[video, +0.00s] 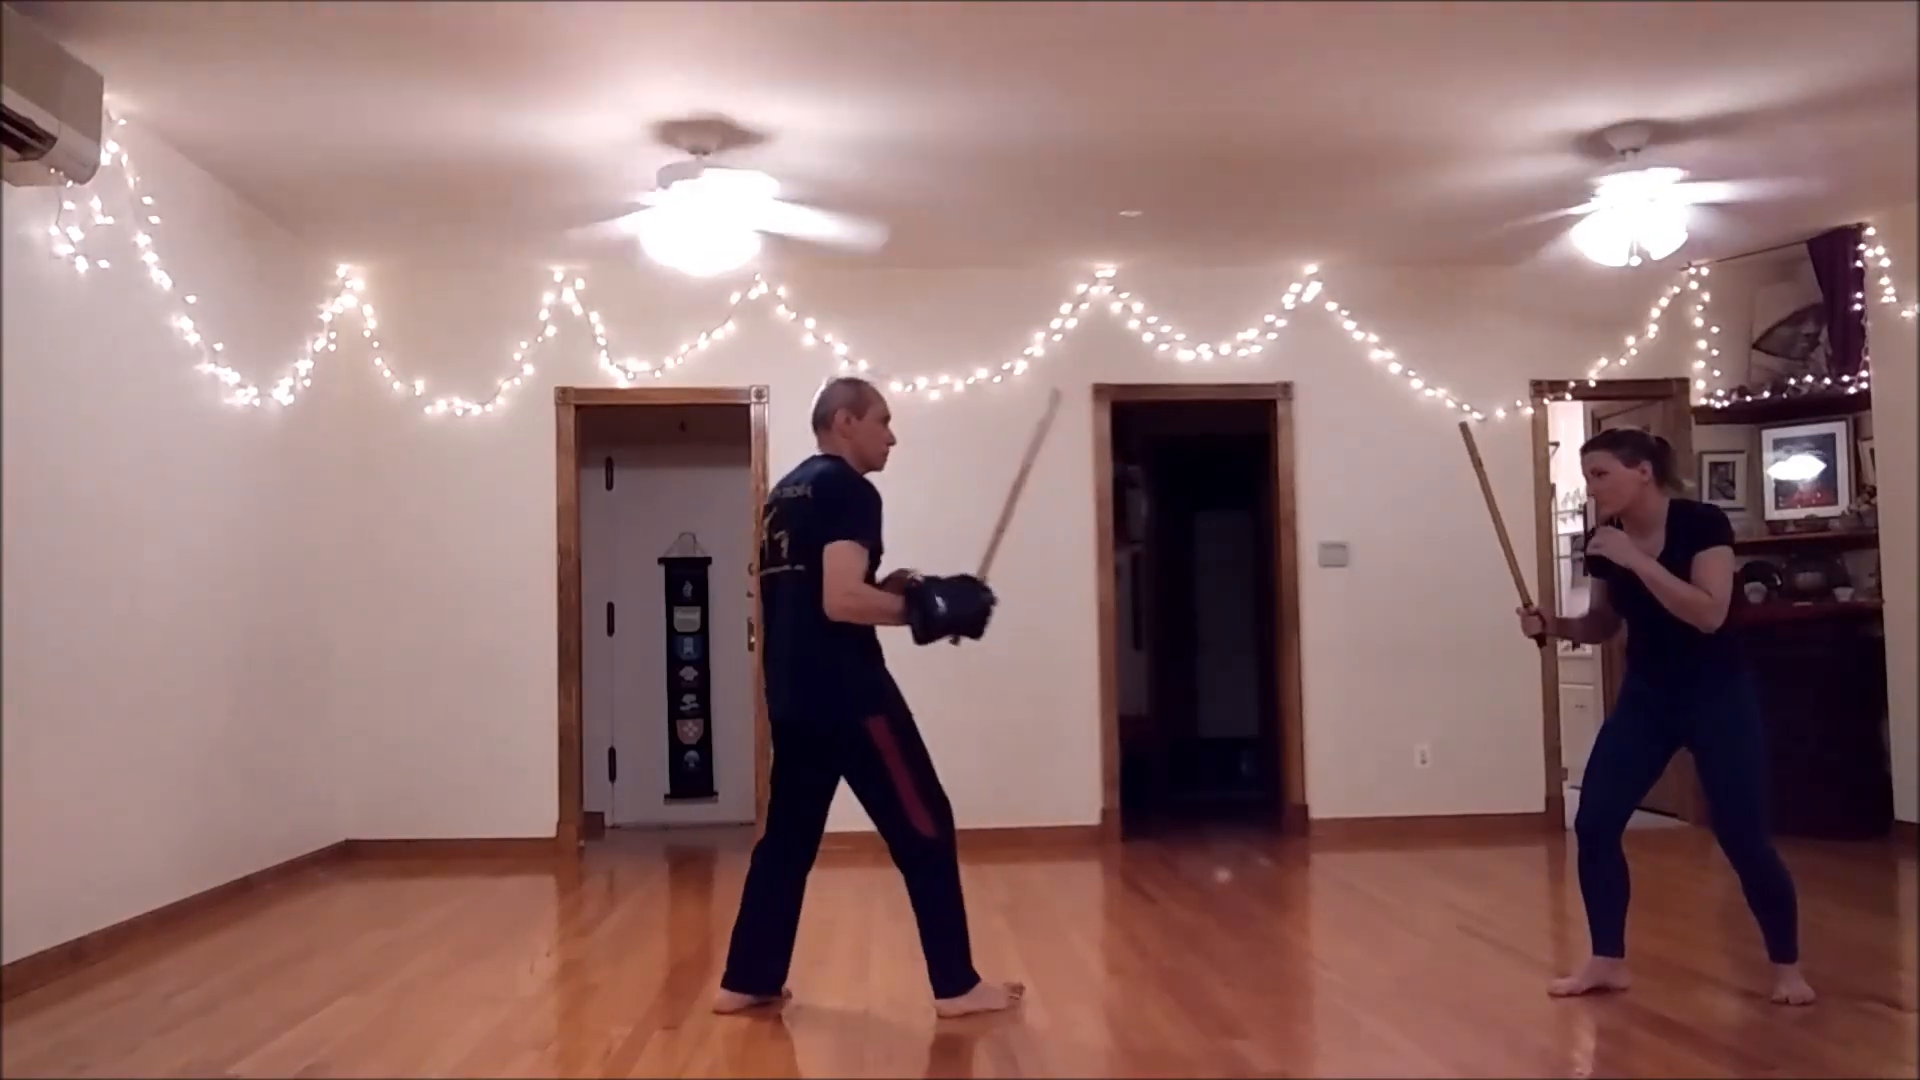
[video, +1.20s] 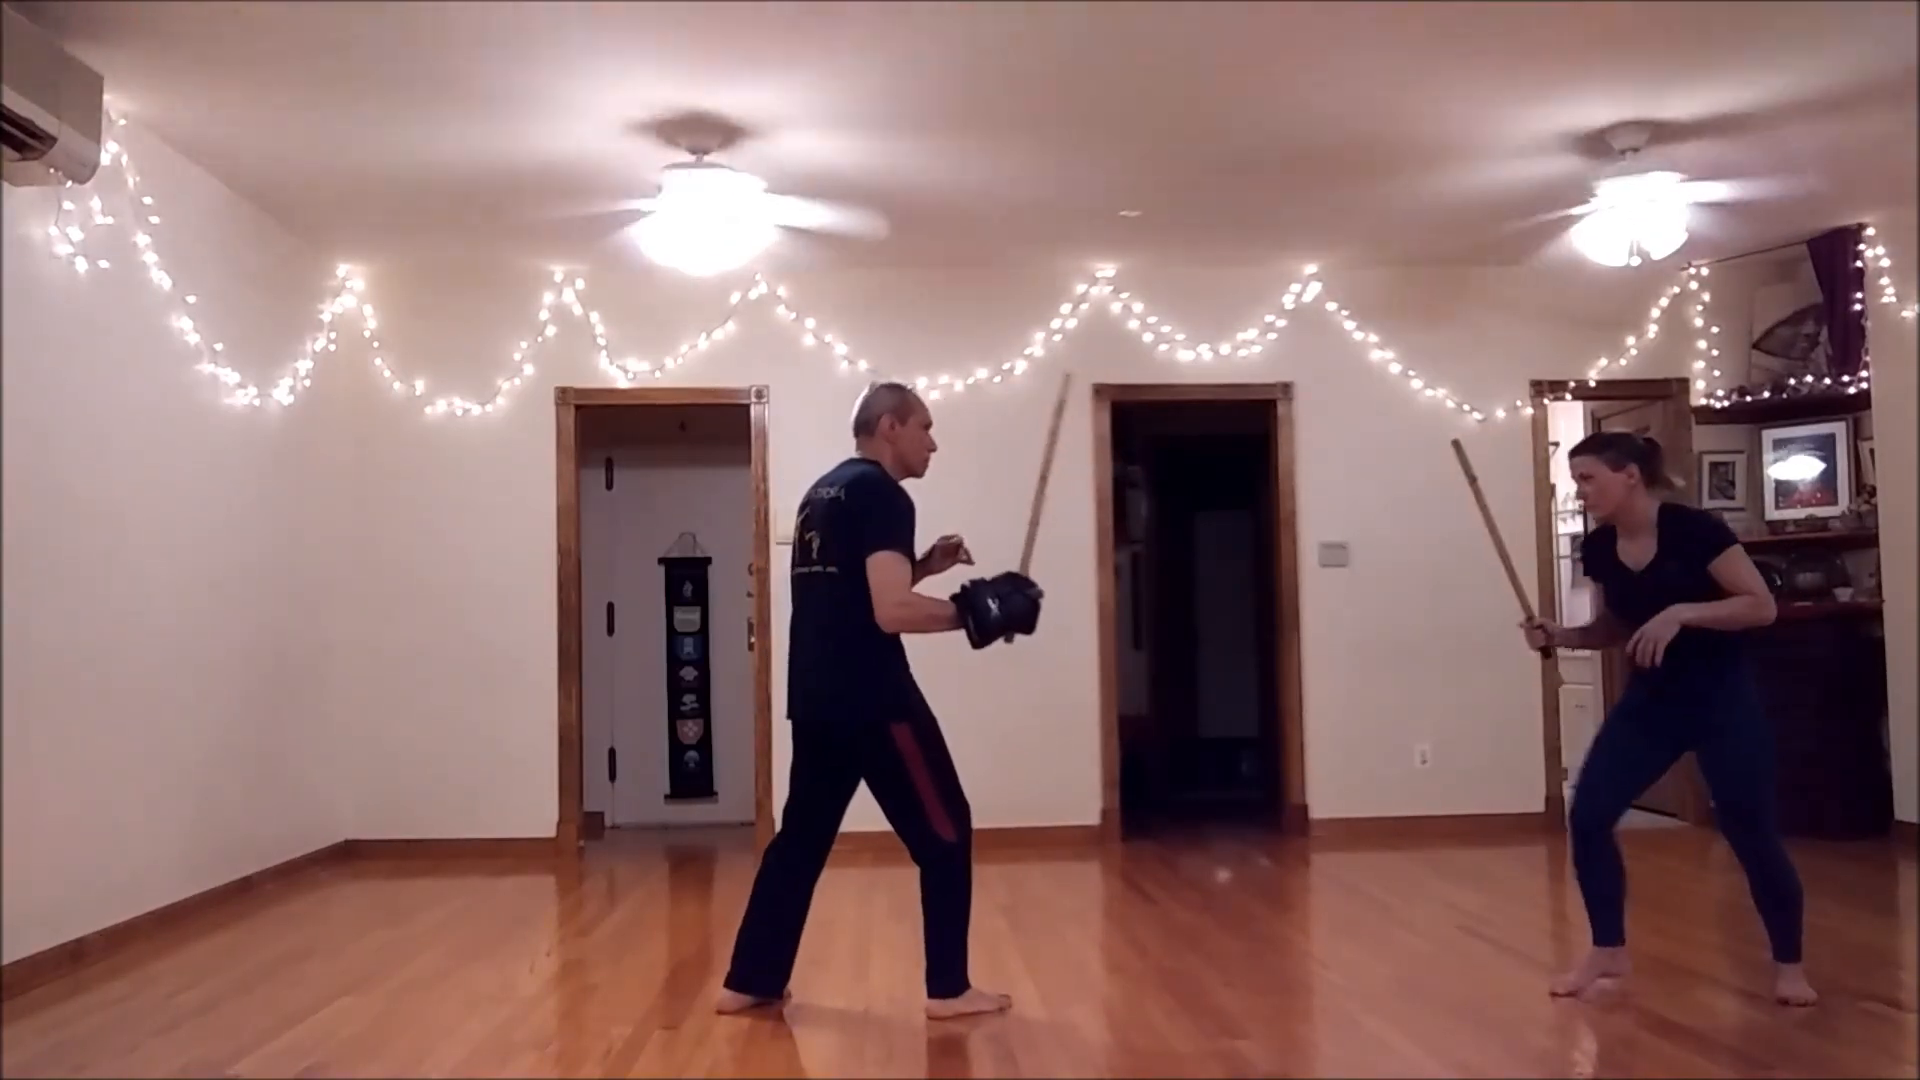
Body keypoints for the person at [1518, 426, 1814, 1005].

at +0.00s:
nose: (1592, 488)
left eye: (1600, 475)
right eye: (1588, 478)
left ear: (1640, 471)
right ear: (1617, 480)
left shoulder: (1702, 522)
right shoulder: (1608, 542)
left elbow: (1711, 612)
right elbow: (1605, 623)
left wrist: (1634, 560)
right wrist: (1555, 626)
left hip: (1718, 698)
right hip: (1648, 699)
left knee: (1742, 836)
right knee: (1595, 822)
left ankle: (1787, 967)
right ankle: (1606, 961)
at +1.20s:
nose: (1580, 493)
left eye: (1587, 480)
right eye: (1576, 483)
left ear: (1629, 476)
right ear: (1618, 481)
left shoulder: (1696, 530)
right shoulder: (1599, 549)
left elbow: (1761, 605)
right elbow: (1618, 627)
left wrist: (1680, 613)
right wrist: (1559, 637)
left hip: (1723, 702)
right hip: (1652, 704)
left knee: (1750, 828)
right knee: (1588, 814)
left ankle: (1789, 965)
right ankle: (1609, 953)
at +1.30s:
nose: (1567, 505)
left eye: (1575, 492)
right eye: (1563, 495)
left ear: (1616, 489)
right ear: (1608, 495)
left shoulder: (1684, 548)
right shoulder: (1582, 563)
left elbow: (1745, 627)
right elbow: (1579, 647)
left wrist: (1666, 644)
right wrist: (1528, 642)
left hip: (1699, 717)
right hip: (1627, 718)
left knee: (1736, 843)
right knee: (1547, 818)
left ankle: (1788, 960)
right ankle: (1569, 956)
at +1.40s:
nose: (1531, 519)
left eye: (1540, 505)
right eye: (1529, 508)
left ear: (1582, 503)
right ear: (1566, 509)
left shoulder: (1650, 563)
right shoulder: (1544, 580)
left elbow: (1682, 650)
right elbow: (1521, 665)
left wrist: (1595, 634)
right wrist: (1469, 647)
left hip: (1664, 739)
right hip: (1593, 741)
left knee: (1723, 855)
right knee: (1499, 825)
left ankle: (1790, 960)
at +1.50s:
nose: (1464, 515)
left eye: (1473, 502)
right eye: (1459, 506)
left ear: (1510, 501)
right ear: (1468, 515)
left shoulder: (1567, 558)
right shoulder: (1470, 583)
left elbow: (1613, 634)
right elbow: (1431, 665)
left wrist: (1524, 612)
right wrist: (1369, 645)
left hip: (1600, 736)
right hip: (1528, 741)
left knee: (1686, 840)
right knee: (1437, 828)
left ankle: (1781, 950)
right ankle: (1393, 963)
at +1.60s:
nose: (1382, 515)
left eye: (1393, 502)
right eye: (1380, 504)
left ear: (1432, 504)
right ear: (1397, 515)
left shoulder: (1490, 555)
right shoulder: (1390, 585)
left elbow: (1557, 625)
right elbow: (1324, 652)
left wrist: (1482, 637)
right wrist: (1253, 653)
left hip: (1535, 725)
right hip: (1466, 734)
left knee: (1600, 843)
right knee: (1397, 830)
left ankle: (1695, 936)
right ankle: (1396, 974)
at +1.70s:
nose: (1334, 512)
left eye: (1343, 499)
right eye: (1332, 501)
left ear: (1384, 498)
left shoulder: (1443, 552)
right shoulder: (1344, 576)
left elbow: (1517, 621)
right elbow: (1288, 652)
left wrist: (1454, 665)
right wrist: (1221, 669)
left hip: (1477, 710)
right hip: (1413, 714)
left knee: (1494, 827)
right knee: (1358, 822)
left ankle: (1522, 945)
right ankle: (1389, 965)